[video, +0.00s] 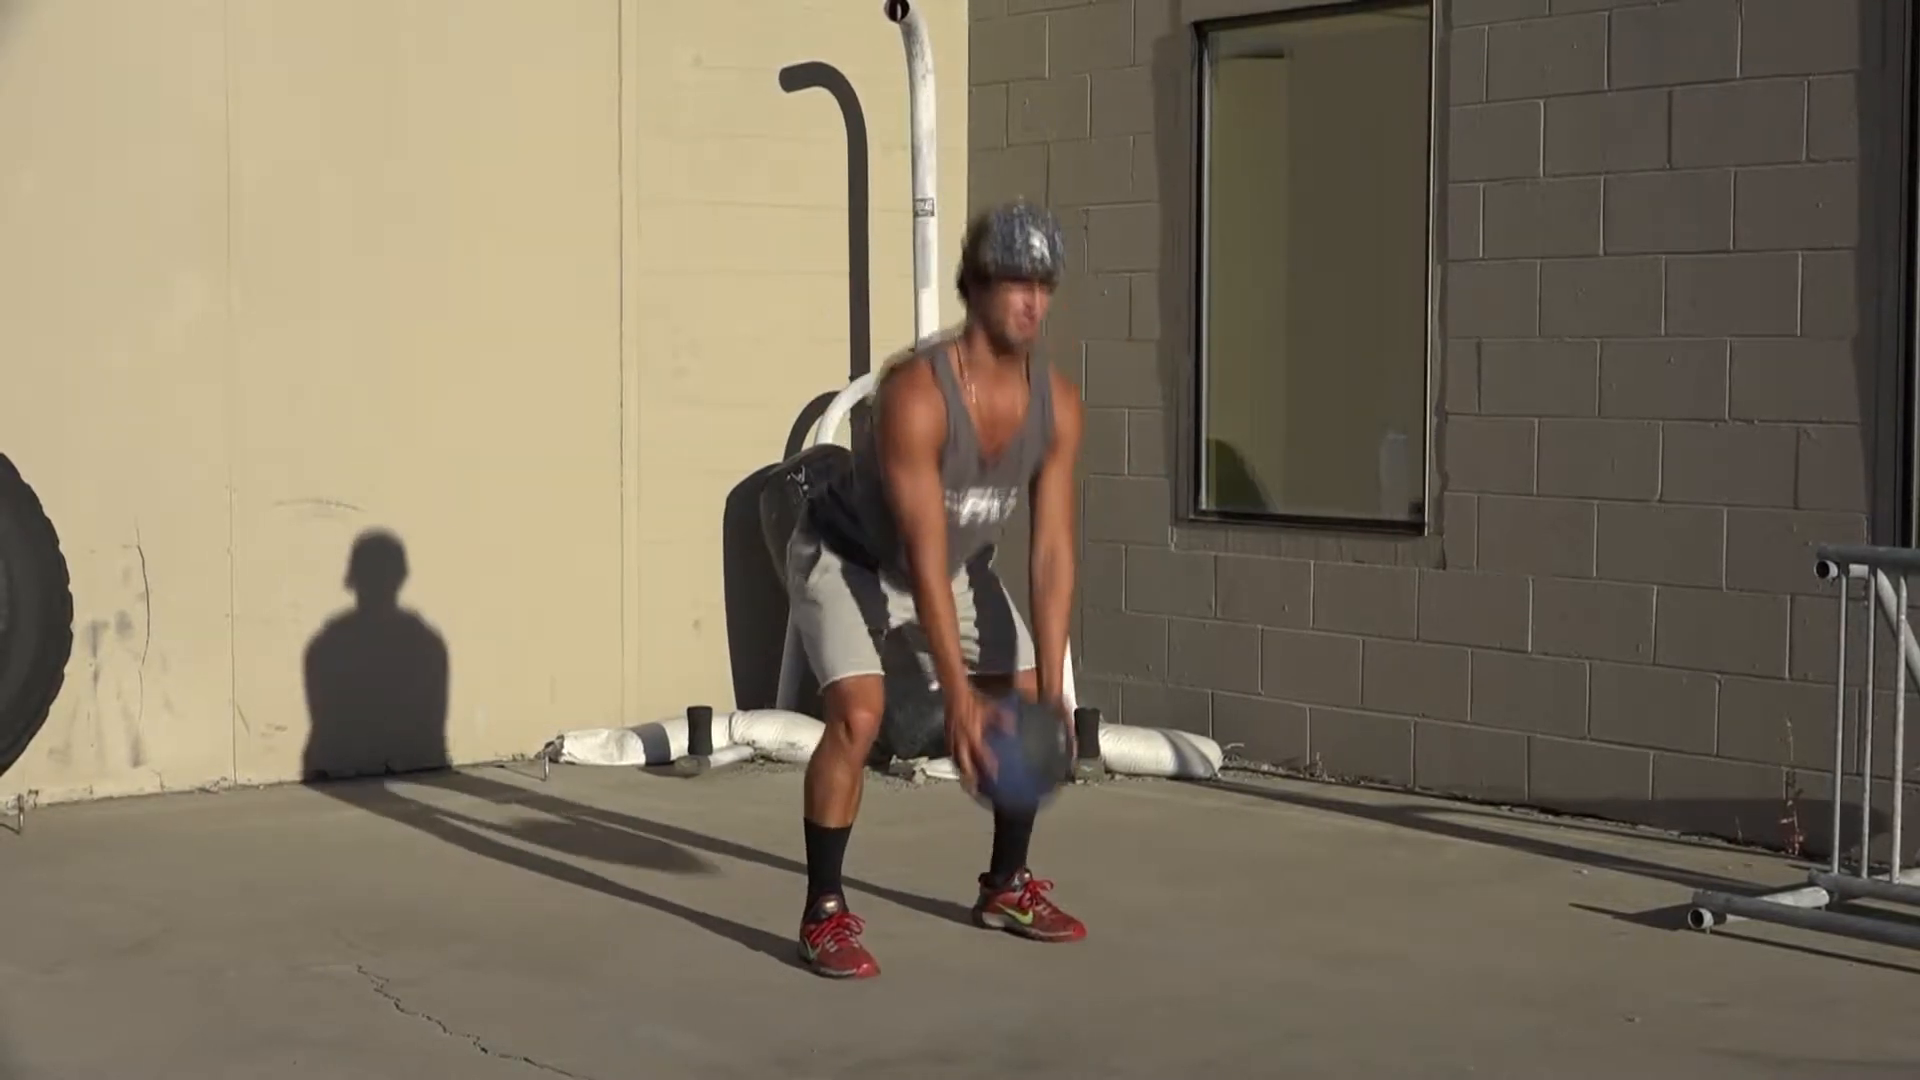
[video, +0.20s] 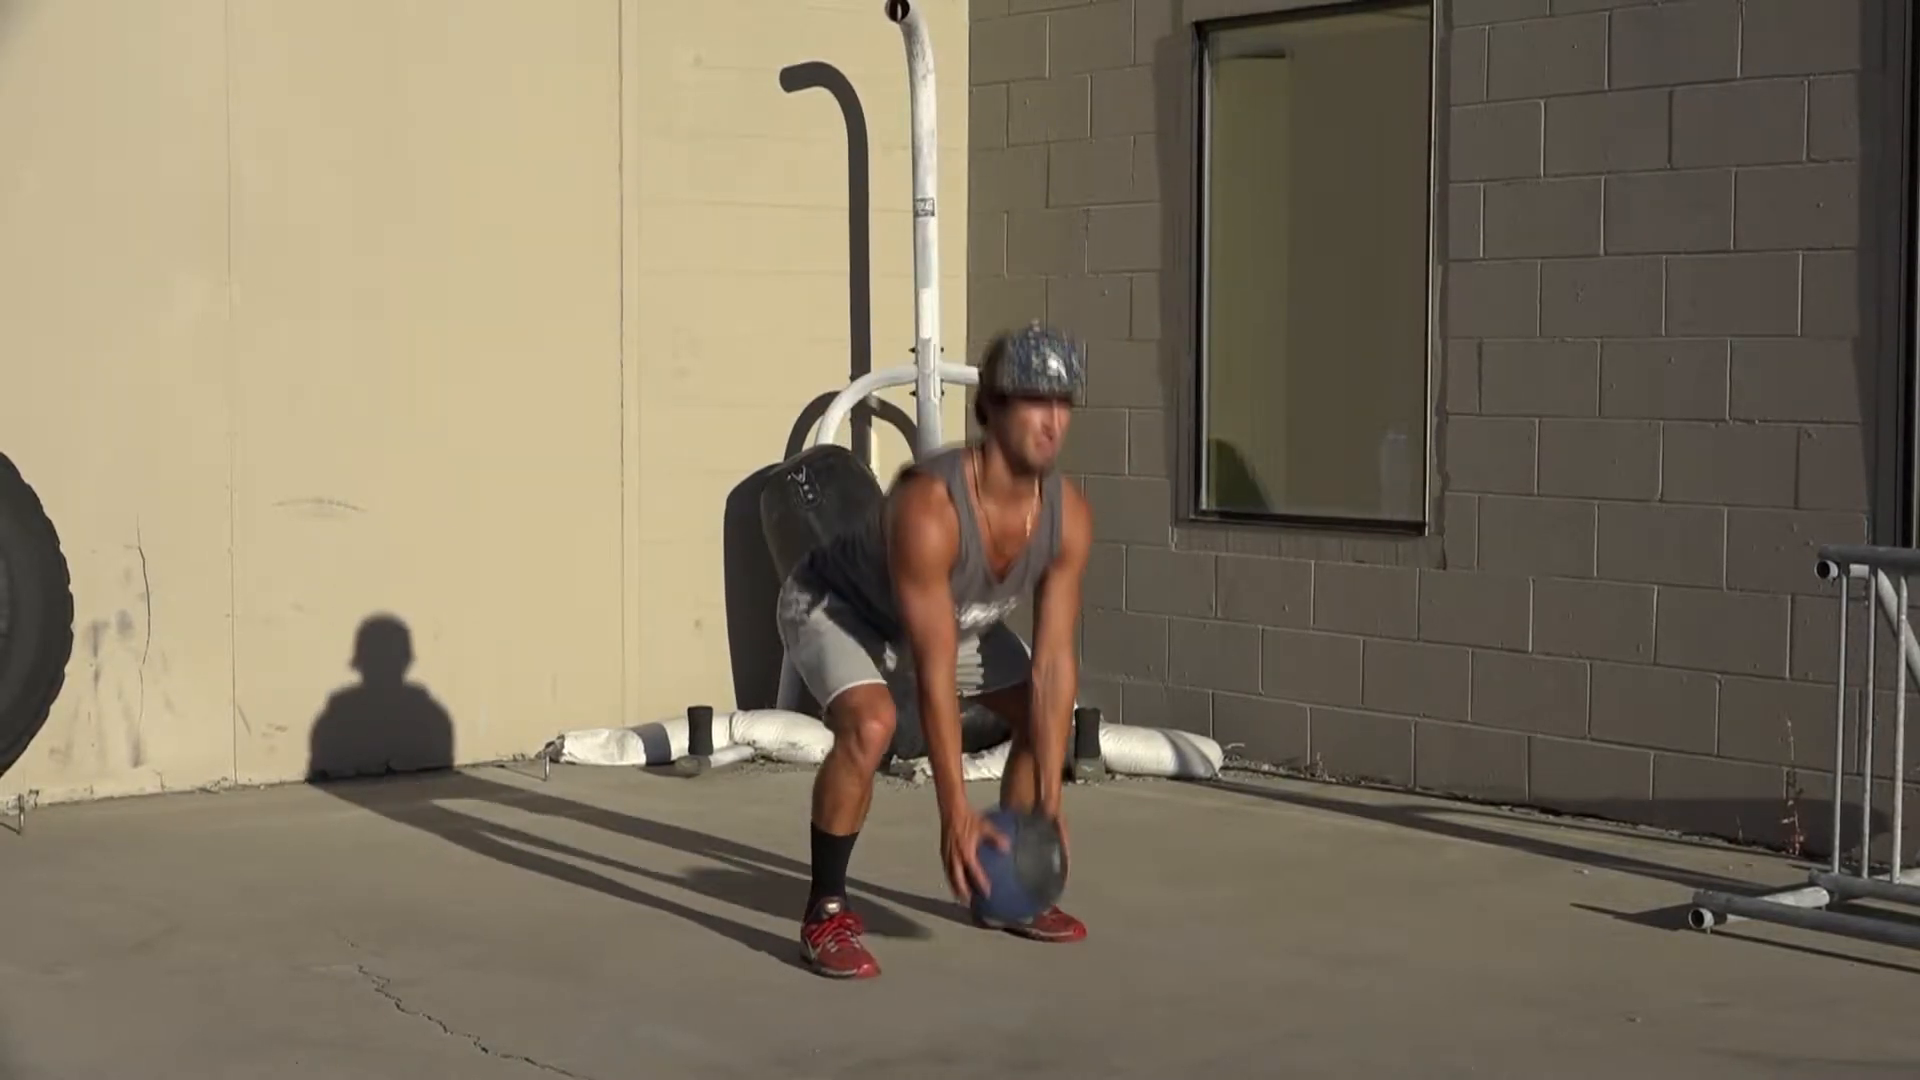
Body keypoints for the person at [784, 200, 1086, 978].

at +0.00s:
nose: (1031, 302)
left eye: (1043, 286)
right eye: (1014, 283)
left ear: (1054, 295)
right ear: (973, 287)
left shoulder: (1056, 403)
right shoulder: (916, 393)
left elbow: (1052, 548)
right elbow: (926, 562)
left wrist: (1053, 680)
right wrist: (957, 694)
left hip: (950, 559)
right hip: (846, 551)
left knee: (1031, 694)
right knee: (859, 711)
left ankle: (1006, 882)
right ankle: (824, 912)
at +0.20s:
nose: (1051, 421)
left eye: (1062, 405)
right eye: (1035, 403)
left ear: (1072, 415)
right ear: (991, 409)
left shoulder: (1067, 513)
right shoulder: (929, 505)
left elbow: (1054, 664)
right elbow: (935, 674)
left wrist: (1049, 802)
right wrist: (956, 812)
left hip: (948, 619)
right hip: (839, 605)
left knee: (1046, 715)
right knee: (871, 724)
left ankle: (1007, 887)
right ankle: (826, 913)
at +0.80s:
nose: (1055, 286)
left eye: (1065, 270)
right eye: (1036, 269)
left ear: (1077, 282)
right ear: (995, 279)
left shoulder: (1081, 390)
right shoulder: (945, 382)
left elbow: (1061, 529)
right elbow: (945, 544)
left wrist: (1050, 662)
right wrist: (960, 681)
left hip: (973, 567)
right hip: (867, 553)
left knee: (1049, 711)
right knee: (877, 717)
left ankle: (1009, 885)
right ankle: (829, 911)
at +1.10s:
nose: (1020, 125)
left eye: (1031, 111)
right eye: (1001, 111)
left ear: (1041, 124)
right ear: (962, 121)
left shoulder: (1048, 216)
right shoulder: (916, 208)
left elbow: (1073, 348)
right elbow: (876, 348)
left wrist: (1069, 436)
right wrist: (973, 418)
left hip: (996, 494)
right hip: (902, 490)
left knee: (996, 681)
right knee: (861, 686)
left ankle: (1014, 871)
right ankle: (829, 901)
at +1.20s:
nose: (1017, 134)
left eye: (1028, 120)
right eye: (997, 120)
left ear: (1038, 134)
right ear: (958, 131)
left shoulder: (1048, 237)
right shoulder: (908, 228)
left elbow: (1072, 346)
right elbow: (866, 365)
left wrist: (1085, 390)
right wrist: (981, 388)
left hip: (998, 506)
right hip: (896, 502)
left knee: (1017, 690)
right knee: (864, 698)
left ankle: (1012, 877)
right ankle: (826, 905)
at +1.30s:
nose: (1015, 185)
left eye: (1024, 171)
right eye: (995, 171)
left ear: (1038, 188)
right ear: (955, 187)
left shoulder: (1045, 292)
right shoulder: (910, 289)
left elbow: (1111, 438)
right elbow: (874, 435)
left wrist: (1097, 390)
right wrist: (995, 416)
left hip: (978, 546)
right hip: (876, 542)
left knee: (1043, 710)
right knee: (866, 724)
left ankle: (1010, 884)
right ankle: (826, 912)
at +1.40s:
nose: (1016, 285)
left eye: (1024, 270)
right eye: (997, 271)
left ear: (1036, 282)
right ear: (958, 283)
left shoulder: (1039, 386)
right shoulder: (913, 386)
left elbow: (1148, 527)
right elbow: (897, 527)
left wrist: (1120, 456)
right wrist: (1010, 473)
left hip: (966, 604)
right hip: (864, 597)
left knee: (1065, 721)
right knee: (866, 731)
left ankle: (1010, 884)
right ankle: (827, 912)